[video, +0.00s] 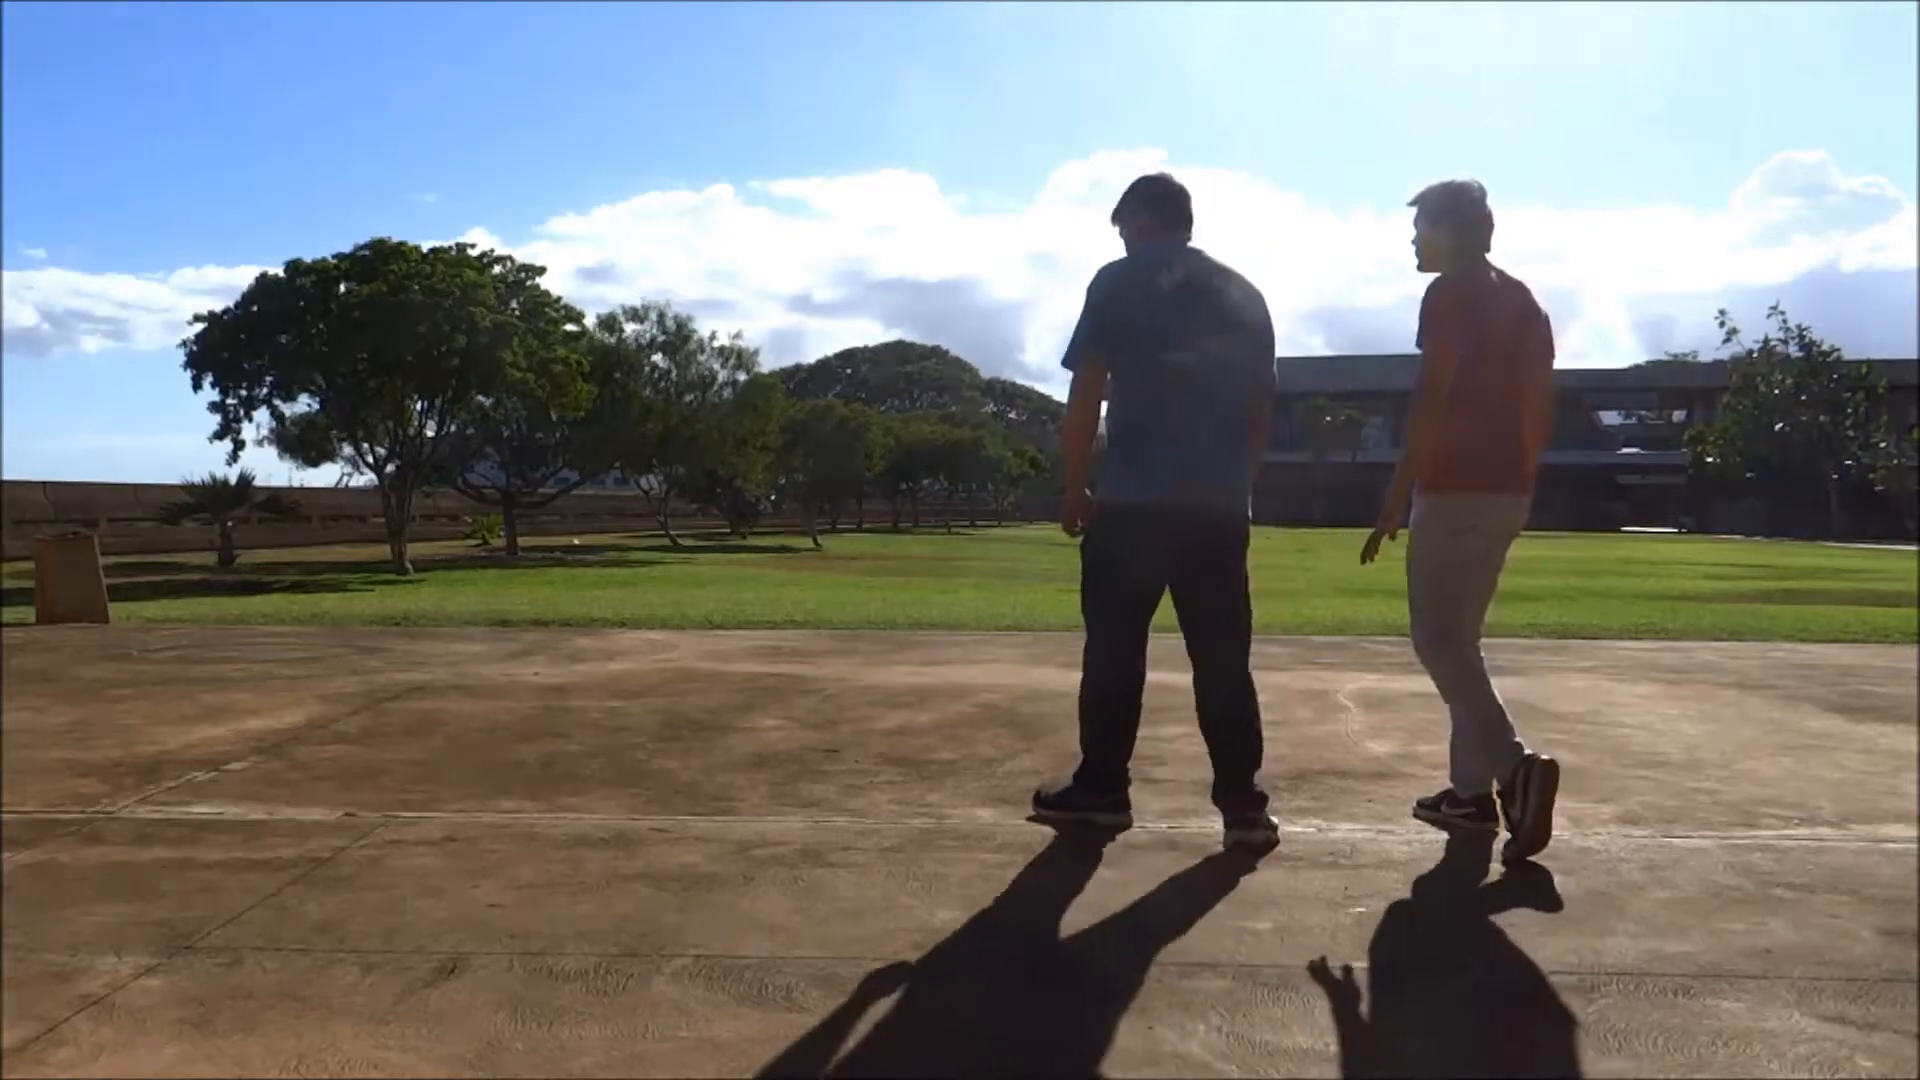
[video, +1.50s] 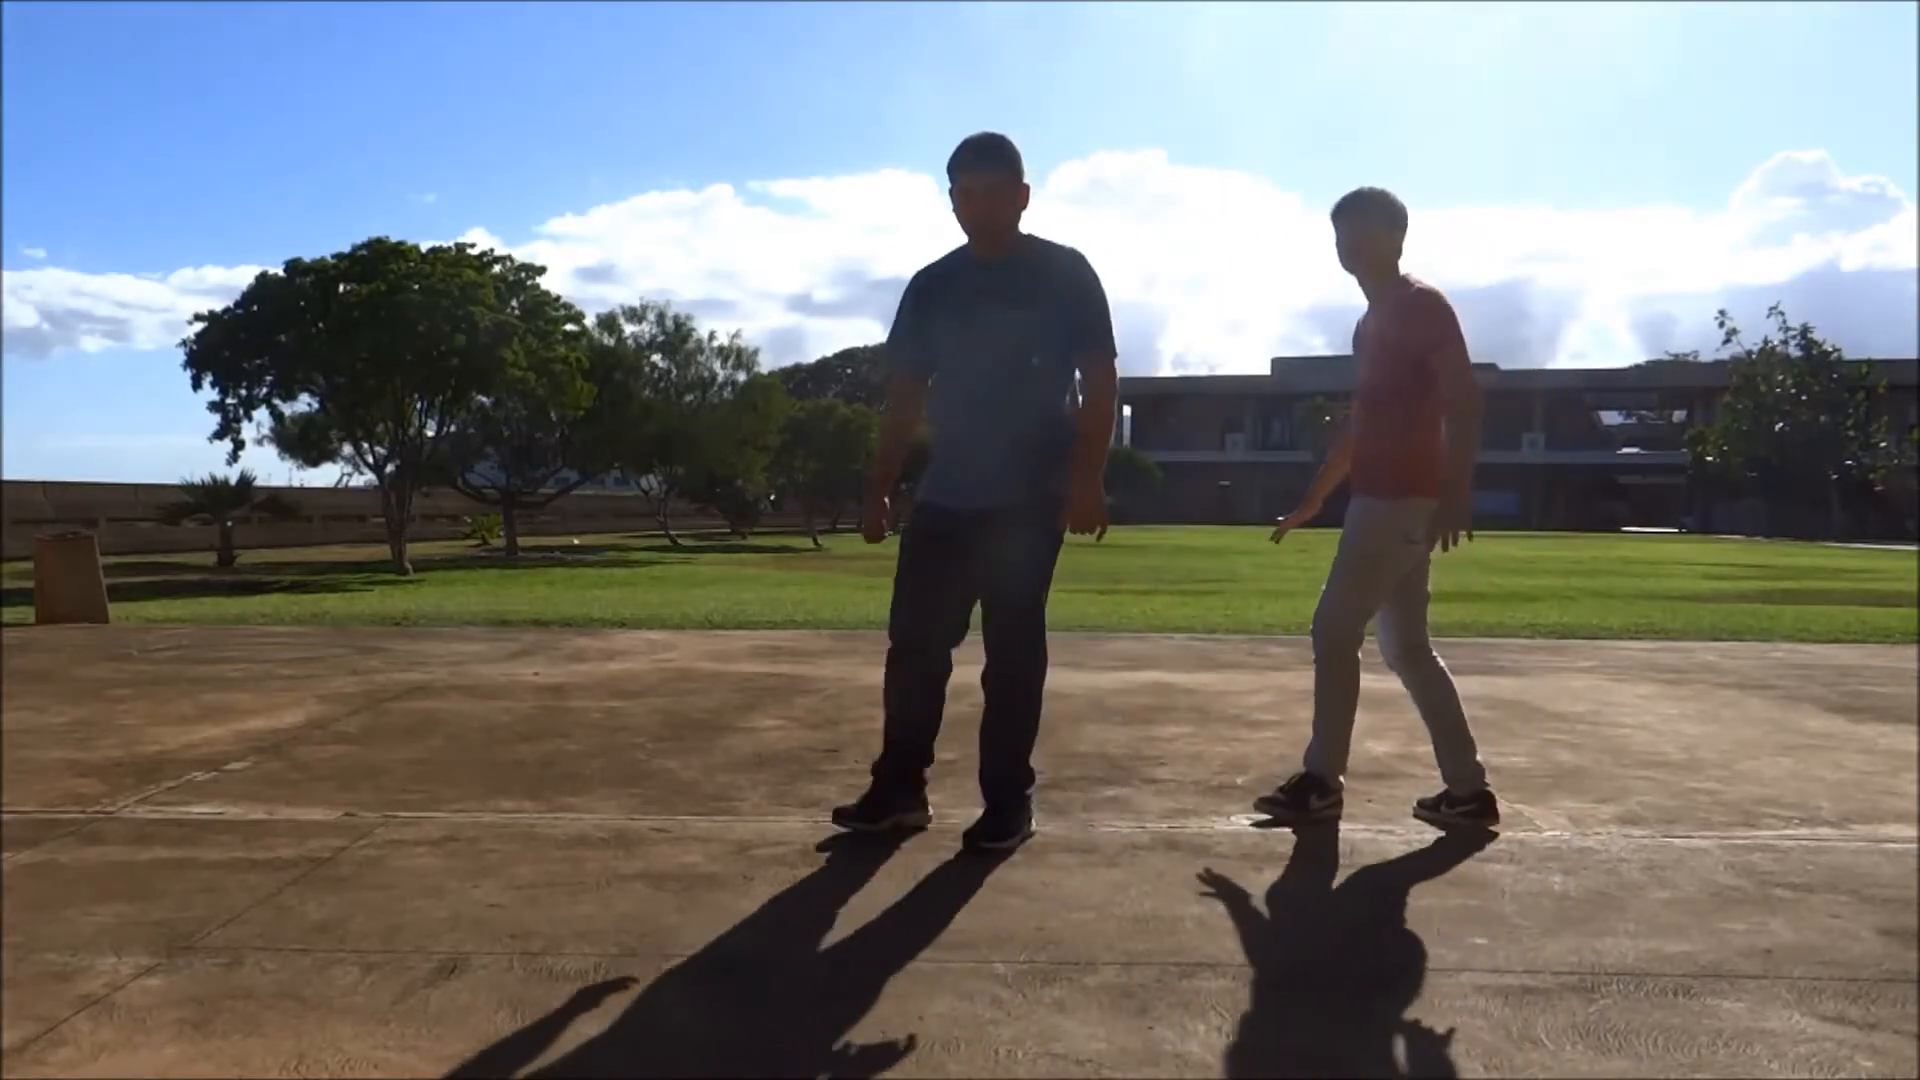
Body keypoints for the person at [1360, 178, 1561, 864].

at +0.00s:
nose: (1414, 240)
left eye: (1422, 227)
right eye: (1416, 228)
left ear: (1454, 231)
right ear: (1477, 231)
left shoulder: (1448, 295)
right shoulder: (1525, 302)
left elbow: (1431, 400)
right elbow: (1539, 409)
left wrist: (1396, 495)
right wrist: (1514, 478)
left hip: (1455, 491)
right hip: (1507, 492)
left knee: (1435, 638)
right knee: (1460, 640)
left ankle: (1515, 770)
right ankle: (1467, 794)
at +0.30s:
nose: (1404, 243)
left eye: (1411, 230)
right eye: (1405, 231)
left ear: (1440, 233)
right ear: (1462, 233)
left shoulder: (1450, 296)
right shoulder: (1510, 299)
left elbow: (1452, 397)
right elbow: (1511, 404)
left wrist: (1431, 493)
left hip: (1450, 491)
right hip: (1500, 493)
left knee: (1392, 626)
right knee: (1460, 635)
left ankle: (1482, 754)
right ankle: (1470, 799)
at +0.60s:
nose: (1396, 253)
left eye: (1398, 240)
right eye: (1396, 240)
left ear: (1415, 238)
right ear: (1453, 232)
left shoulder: (1451, 304)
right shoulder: (1487, 303)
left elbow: (1479, 408)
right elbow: (1458, 425)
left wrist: (1480, 496)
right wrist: (1405, 494)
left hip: (1438, 496)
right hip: (1483, 499)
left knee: (1371, 624)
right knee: (1453, 642)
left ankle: (1368, 780)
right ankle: (1472, 792)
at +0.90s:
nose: (1363, 249)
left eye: (1370, 238)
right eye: (1365, 238)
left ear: (1401, 243)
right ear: (1404, 243)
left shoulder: (1444, 302)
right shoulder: (1426, 308)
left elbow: (1489, 401)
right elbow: (1415, 427)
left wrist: (1483, 505)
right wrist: (1356, 491)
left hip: (1421, 505)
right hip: (1441, 505)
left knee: (1358, 632)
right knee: (1434, 648)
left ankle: (1323, 783)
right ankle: (1471, 793)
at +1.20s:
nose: (1348, 246)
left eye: (1358, 234)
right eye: (1349, 235)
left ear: (1397, 238)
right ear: (1387, 242)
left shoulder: (1430, 303)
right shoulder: (1406, 312)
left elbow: (1473, 401)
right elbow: (1391, 428)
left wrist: (1463, 501)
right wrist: (1332, 497)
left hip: (1406, 505)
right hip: (1417, 504)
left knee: (1345, 631)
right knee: (1418, 649)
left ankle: (1321, 785)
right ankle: (1469, 794)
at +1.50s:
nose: (1337, 249)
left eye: (1345, 235)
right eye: (1336, 236)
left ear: (1380, 237)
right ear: (1364, 241)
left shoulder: (1424, 306)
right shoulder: (1369, 326)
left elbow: (1464, 401)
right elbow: (1359, 428)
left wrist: (1457, 491)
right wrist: (1311, 503)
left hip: (1398, 501)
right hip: (1385, 501)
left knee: (1335, 632)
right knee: (1407, 649)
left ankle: (1322, 783)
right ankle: (1469, 790)